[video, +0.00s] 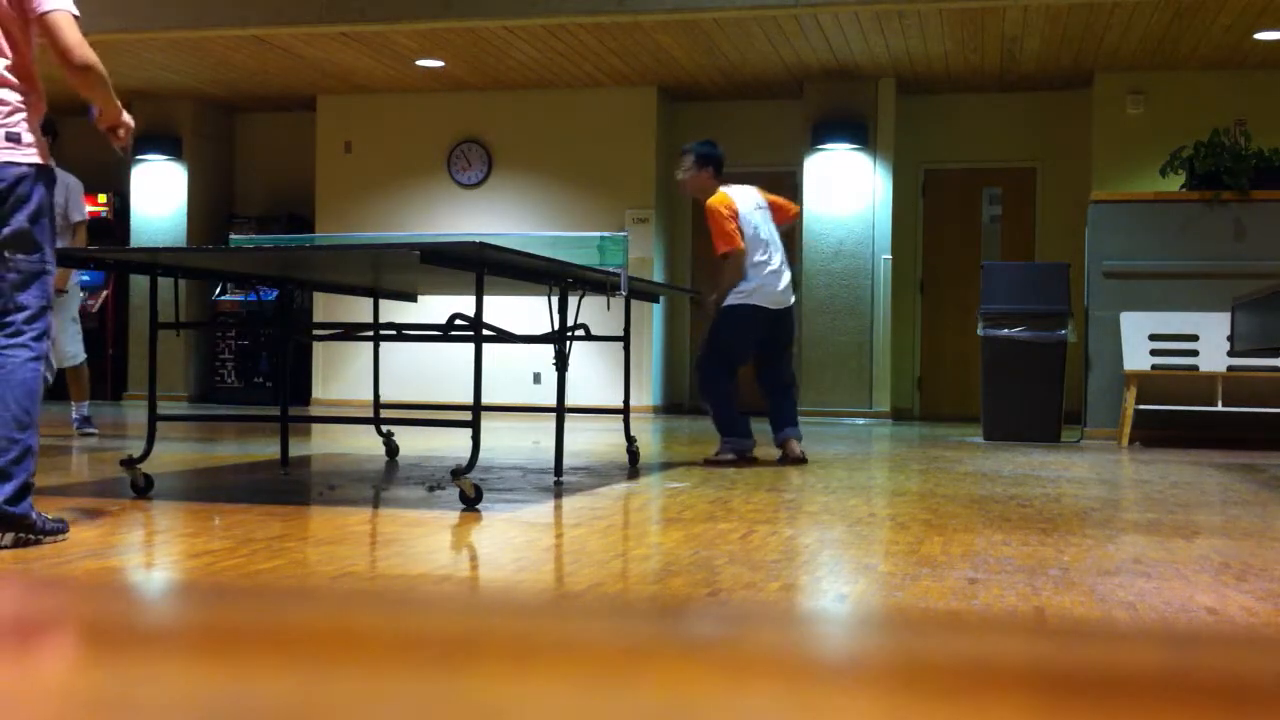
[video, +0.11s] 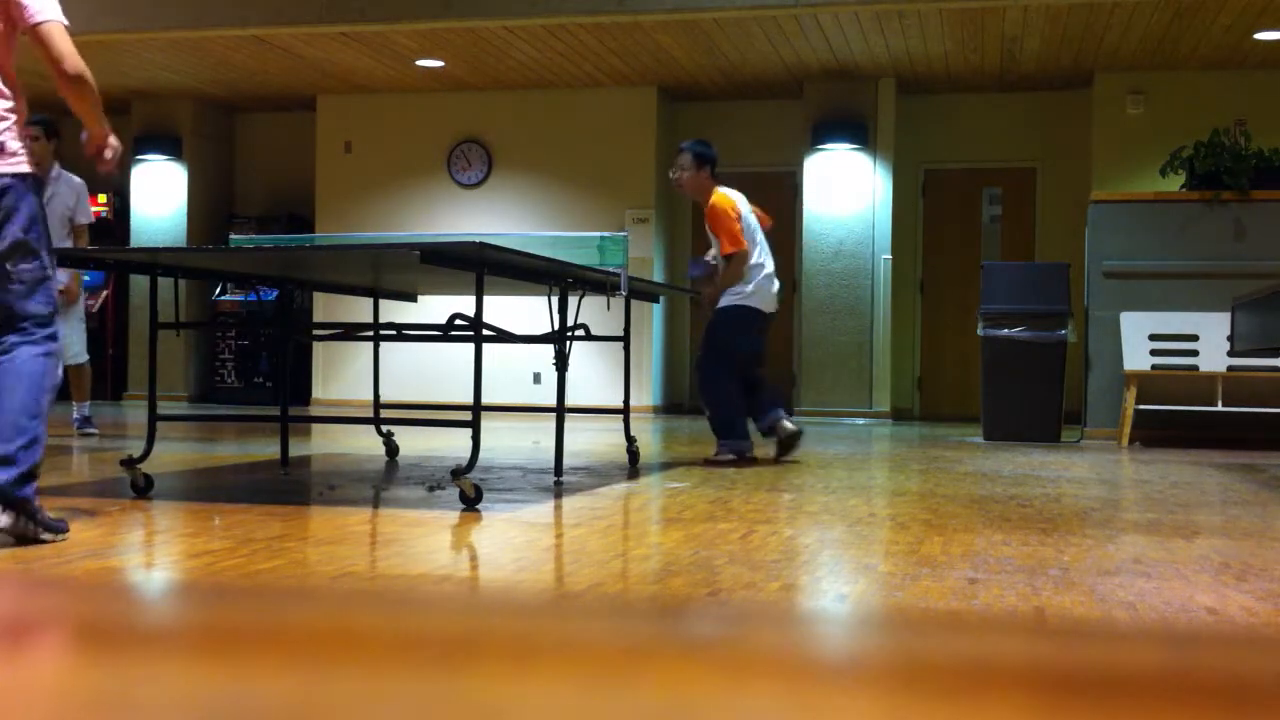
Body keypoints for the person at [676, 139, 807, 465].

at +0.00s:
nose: (680, 178)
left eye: (686, 170)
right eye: (681, 170)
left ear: (708, 172)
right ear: (712, 173)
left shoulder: (717, 202)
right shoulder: (752, 193)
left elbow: (735, 255)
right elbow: (791, 211)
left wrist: (718, 295)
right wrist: (760, 237)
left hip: (748, 300)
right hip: (781, 300)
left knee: (712, 369)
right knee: (776, 370)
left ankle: (735, 443)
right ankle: (791, 441)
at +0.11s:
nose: (675, 176)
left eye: (682, 169)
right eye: (675, 169)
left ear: (704, 172)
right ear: (704, 173)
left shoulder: (718, 204)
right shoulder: (732, 196)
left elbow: (738, 256)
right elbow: (764, 222)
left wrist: (716, 289)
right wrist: (722, 249)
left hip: (742, 299)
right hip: (761, 299)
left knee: (713, 368)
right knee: (742, 368)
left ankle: (734, 445)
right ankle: (780, 426)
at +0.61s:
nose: (675, 168)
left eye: (682, 162)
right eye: (673, 162)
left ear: (702, 167)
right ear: (671, 168)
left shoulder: (720, 205)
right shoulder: (673, 209)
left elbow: (734, 257)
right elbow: (663, 254)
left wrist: (698, 277)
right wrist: (643, 259)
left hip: (724, 298)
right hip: (689, 300)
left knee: (729, 362)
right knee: (669, 367)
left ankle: (735, 439)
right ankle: (673, 436)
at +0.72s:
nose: (671, 165)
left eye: (679, 160)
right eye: (669, 160)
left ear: (698, 165)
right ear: (669, 166)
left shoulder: (717, 202)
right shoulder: (670, 208)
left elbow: (731, 252)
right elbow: (664, 253)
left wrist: (693, 275)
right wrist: (643, 252)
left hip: (728, 298)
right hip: (693, 300)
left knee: (736, 364)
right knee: (672, 366)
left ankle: (753, 439)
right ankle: (674, 436)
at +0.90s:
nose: (665, 180)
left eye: (672, 173)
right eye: (663, 174)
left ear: (691, 176)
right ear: (663, 181)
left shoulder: (712, 211)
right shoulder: (674, 221)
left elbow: (719, 261)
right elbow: (664, 264)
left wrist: (675, 279)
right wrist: (634, 257)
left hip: (730, 306)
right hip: (698, 308)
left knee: (743, 366)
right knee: (665, 366)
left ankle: (777, 439)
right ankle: (671, 437)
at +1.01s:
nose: (651, 183)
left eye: (656, 176)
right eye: (649, 177)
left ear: (677, 177)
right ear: (662, 181)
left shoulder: (689, 206)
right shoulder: (678, 213)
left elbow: (687, 254)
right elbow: (681, 256)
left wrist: (665, 272)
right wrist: (667, 271)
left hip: (725, 302)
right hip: (700, 305)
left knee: (740, 366)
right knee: (670, 362)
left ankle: (778, 439)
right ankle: (674, 436)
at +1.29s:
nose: (629, 195)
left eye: (636, 188)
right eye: (629, 189)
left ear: (657, 191)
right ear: (651, 194)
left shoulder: (660, 219)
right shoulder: (666, 220)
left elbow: (653, 267)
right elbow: (659, 273)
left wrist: (615, 300)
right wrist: (614, 299)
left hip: (703, 309)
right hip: (683, 314)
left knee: (723, 373)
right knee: (652, 367)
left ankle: (781, 435)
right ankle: (671, 437)